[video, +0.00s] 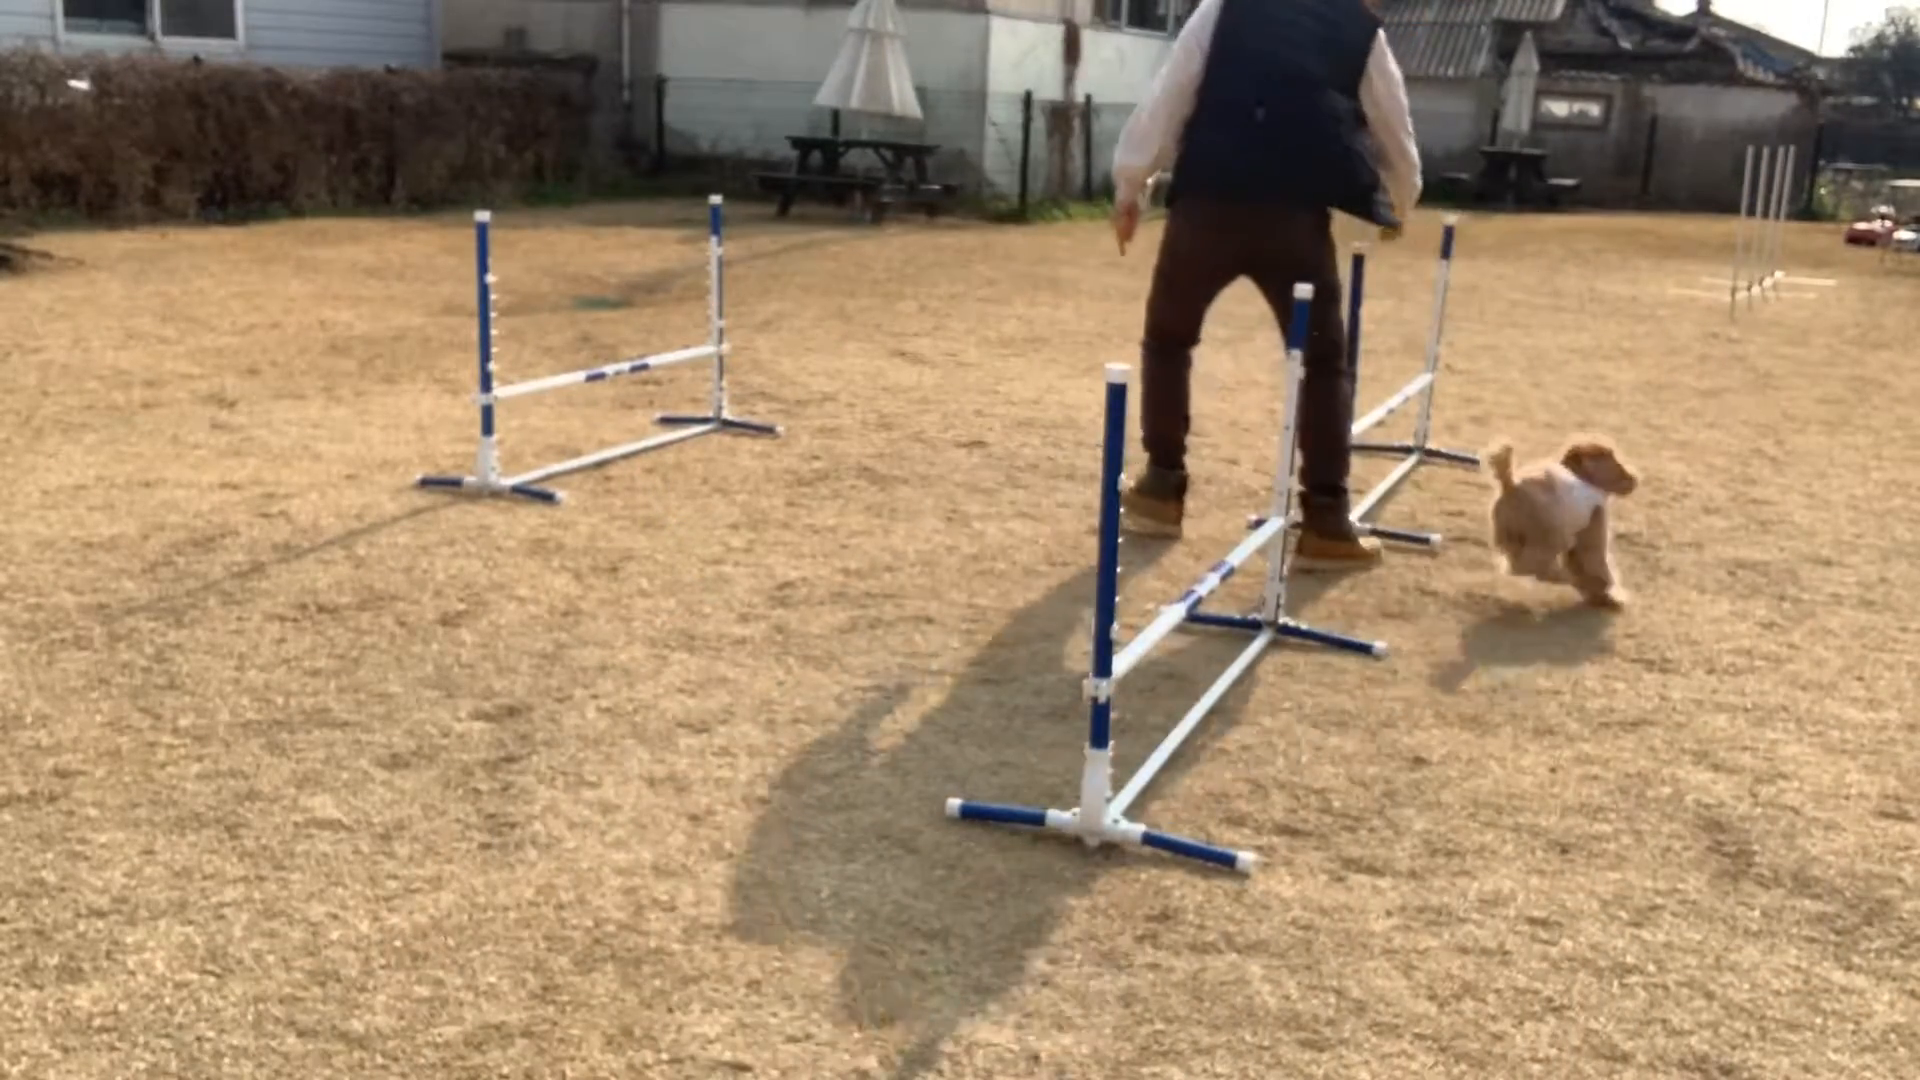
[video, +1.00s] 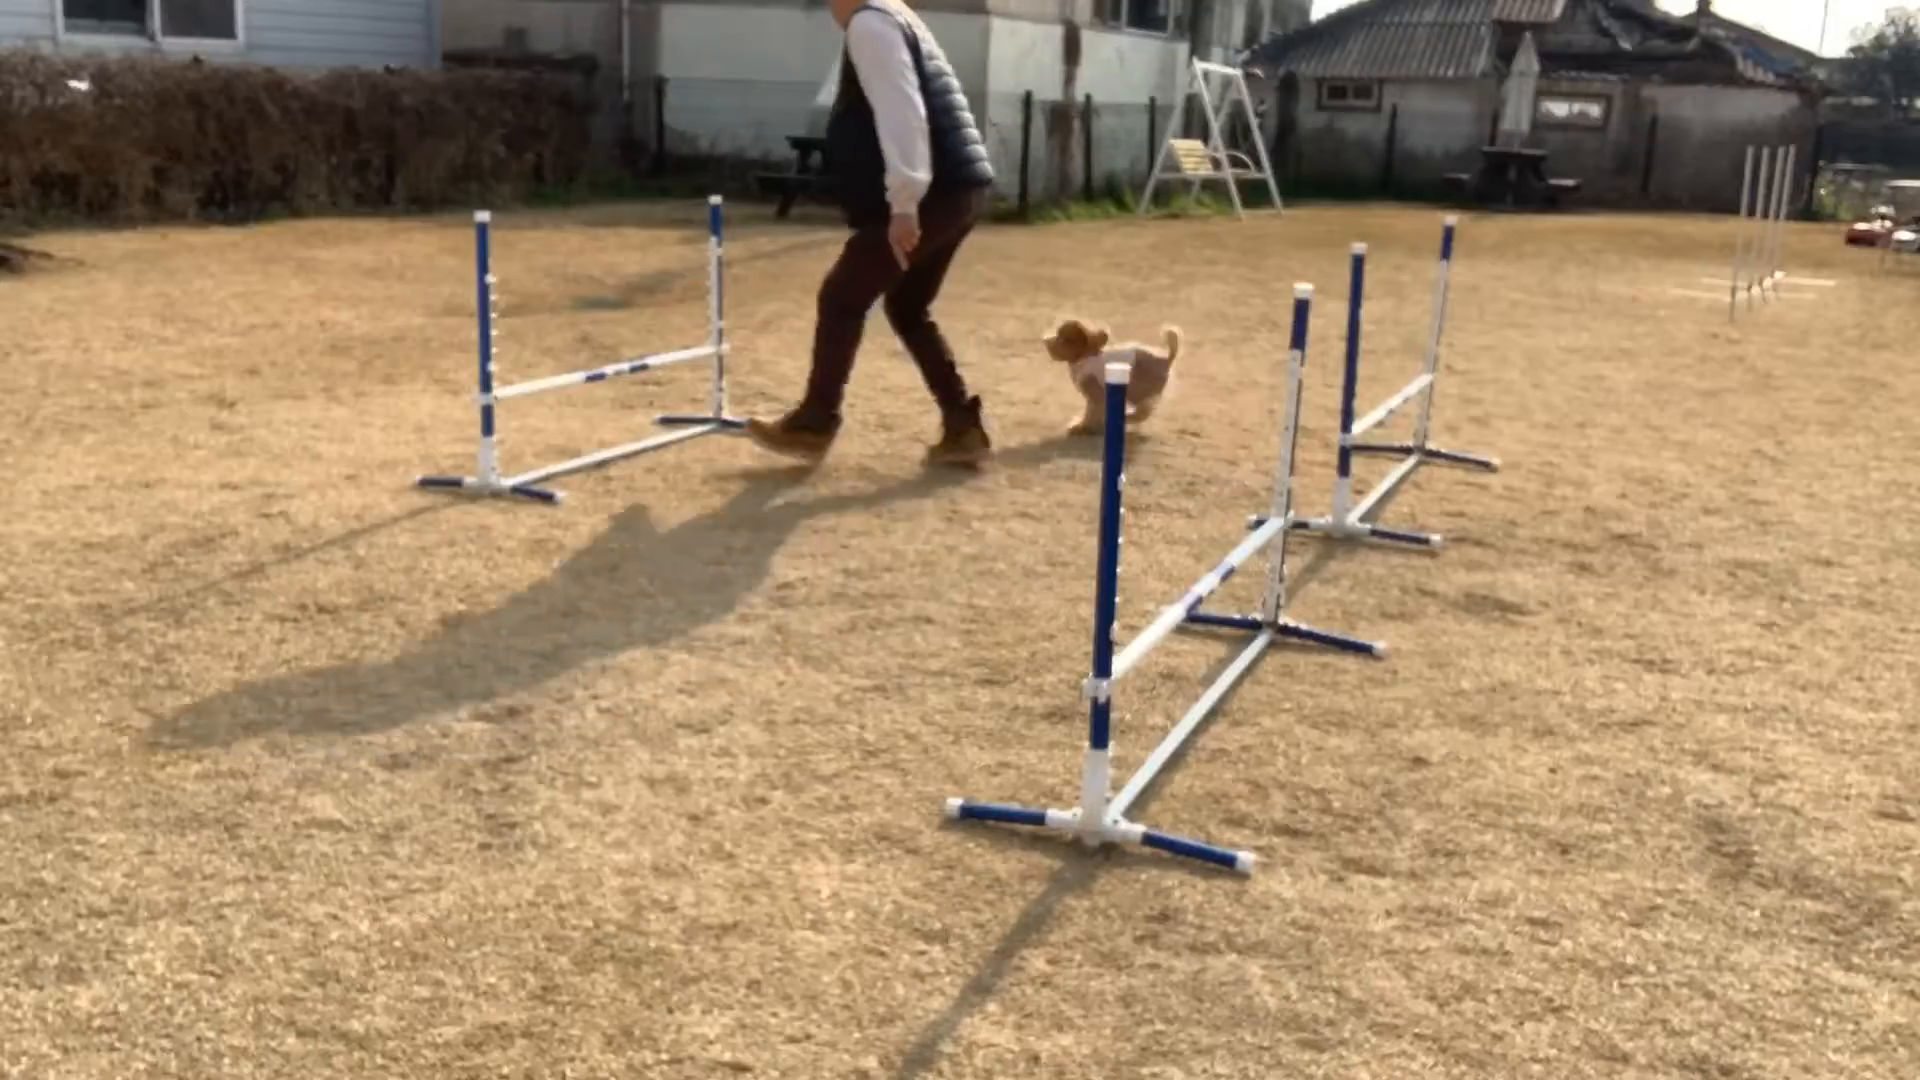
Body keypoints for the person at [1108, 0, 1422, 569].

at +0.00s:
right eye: (1380, 12)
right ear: (1359, 1)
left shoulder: (1223, 9)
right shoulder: (1362, 28)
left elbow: (1168, 95)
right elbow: (1395, 132)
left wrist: (1129, 187)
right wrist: (1399, 202)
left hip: (1207, 211)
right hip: (1295, 218)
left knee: (1168, 340)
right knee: (1324, 364)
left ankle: (1162, 486)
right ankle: (1327, 522)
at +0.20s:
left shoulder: (1146, 10)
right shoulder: (1276, 22)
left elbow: (1110, 108)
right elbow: (1303, 120)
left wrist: (1083, 213)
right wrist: (1295, 194)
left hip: (1158, 210)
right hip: (1244, 211)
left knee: (1125, 351)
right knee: (1287, 359)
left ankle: (1141, 493)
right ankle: (1327, 502)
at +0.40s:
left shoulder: (1086, 8)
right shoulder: (1197, 12)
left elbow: (1052, 106)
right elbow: (1221, 106)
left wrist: (1013, 205)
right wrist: (1210, 186)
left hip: (1110, 193)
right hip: (1186, 188)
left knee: (1104, 350)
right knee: (1156, 322)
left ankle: (1140, 491)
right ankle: (1198, 430)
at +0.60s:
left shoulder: (1015, 15)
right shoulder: (1107, 12)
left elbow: (990, 123)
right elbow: (1132, 106)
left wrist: (944, 201)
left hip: (1060, 193)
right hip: (1121, 189)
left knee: (1083, 348)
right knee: (1037, 300)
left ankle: (1141, 488)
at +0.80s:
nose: (908, 5)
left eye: (908, 1)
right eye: (908, 2)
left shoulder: (941, 26)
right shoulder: (988, 19)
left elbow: (945, 125)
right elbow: (1000, 119)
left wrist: (921, 215)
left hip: (995, 196)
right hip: (1029, 191)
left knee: (943, 340)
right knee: (958, 315)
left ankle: (1063, 416)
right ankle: (968, 436)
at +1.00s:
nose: (829, 9)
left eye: (829, 3)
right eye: (829, 5)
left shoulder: (869, 23)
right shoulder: (897, 19)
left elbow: (901, 110)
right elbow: (920, 111)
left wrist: (903, 205)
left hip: (930, 193)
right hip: (960, 189)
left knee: (841, 298)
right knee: (908, 308)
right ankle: (963, 426)